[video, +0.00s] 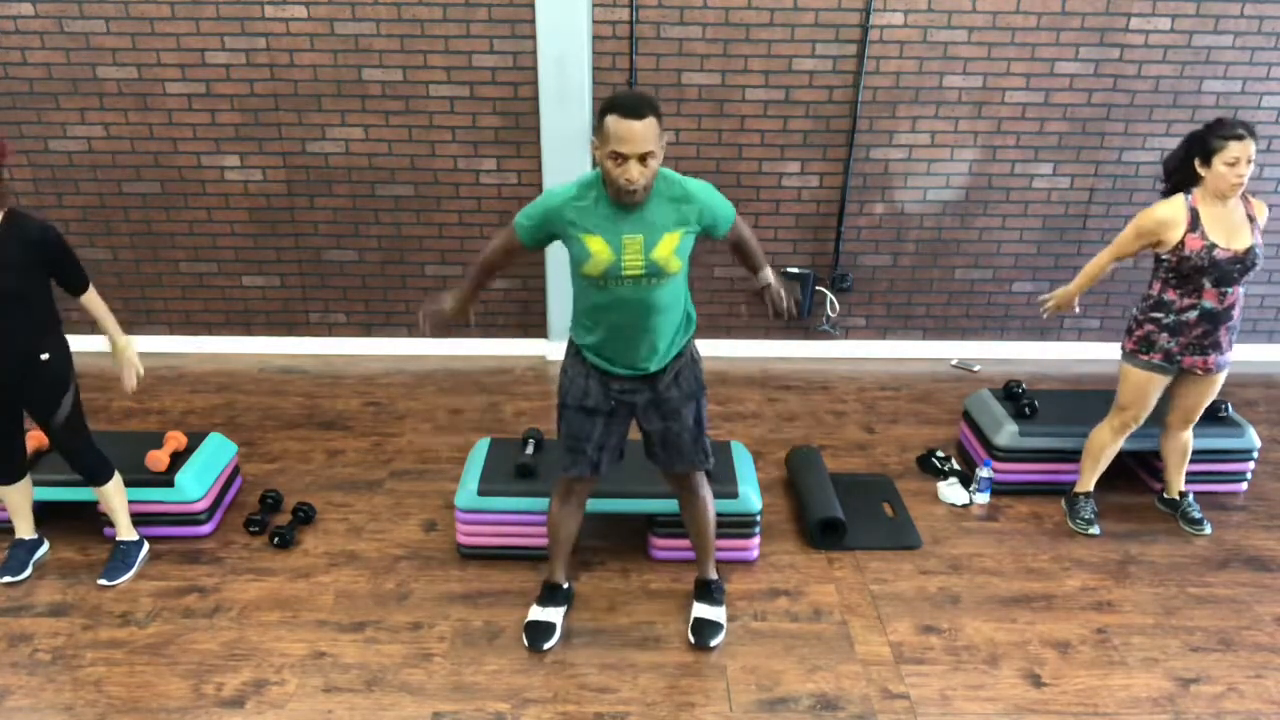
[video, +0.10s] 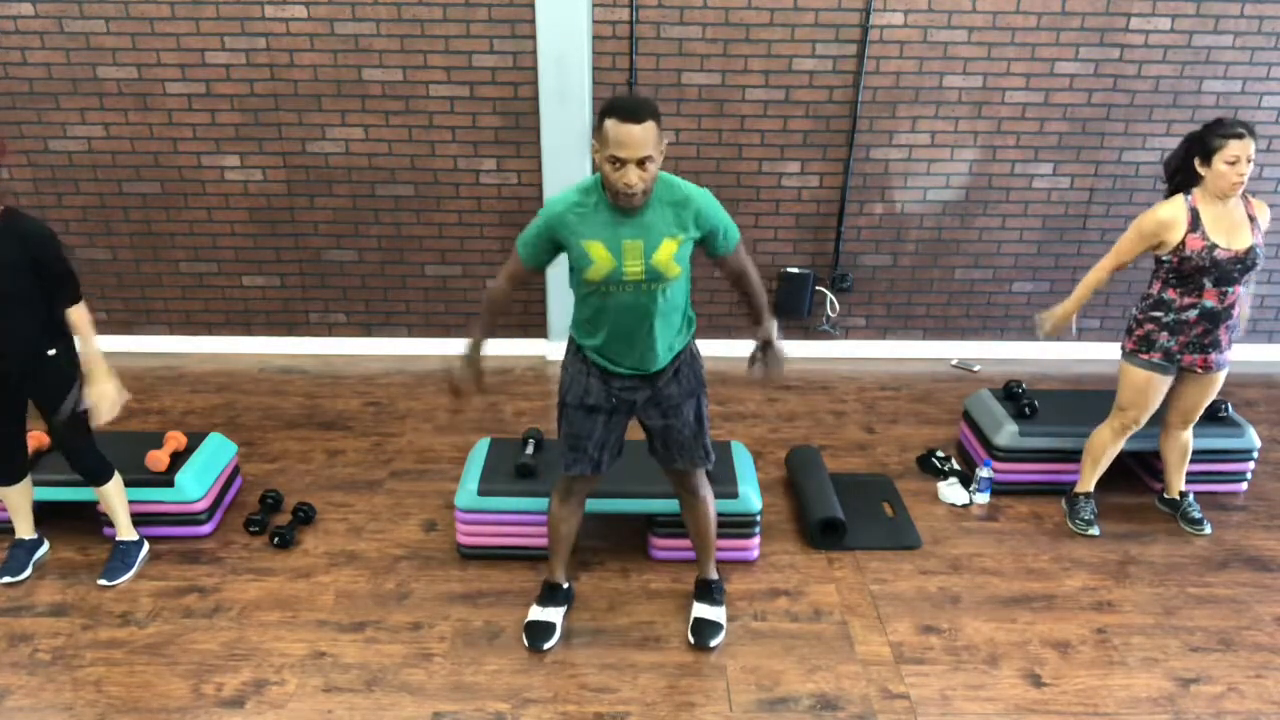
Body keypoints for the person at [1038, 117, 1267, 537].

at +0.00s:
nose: (1244, 173)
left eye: (1249, 163)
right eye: (1233, 164)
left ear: (1253, 164)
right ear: (1203, 166)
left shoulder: (1255, 211)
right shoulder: (1168, 215)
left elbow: (1227, 266)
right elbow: (1109, 257)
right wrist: (1070, 293)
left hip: (1213, 341)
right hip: (1160, 336)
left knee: (1183, 424)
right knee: (1124, 420)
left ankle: (1175, 494)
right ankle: (1081, 493)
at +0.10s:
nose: (1244, 171)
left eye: (1249, 162)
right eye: (1233, 162)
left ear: (1253, 164)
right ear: (1203, 165)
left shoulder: (1256, 213)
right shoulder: (1169, 216)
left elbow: (1232, 274)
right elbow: (1109, 265)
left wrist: (1227, 326)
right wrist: (1067, 309)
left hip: (1213, 340)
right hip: (1160, 335)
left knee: (1182, 424)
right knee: (1125, 421)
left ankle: (1175, 495)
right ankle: (1081, 494)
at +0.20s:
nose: (1243, 170)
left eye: (1248, 161)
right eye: (1233, 161)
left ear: (1253, 164)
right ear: (1203, 164)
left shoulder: (1257, 214)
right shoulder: (1171, 215)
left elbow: (1265, 279)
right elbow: (1117, 273)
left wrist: (1277, 333)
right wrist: (1082, 329)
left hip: (1213, 339)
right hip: (1159, 333)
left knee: (1185, 423)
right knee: (1126, 421)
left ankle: (1175, 494)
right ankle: (1081, 493)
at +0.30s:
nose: (1244, 169)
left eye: (1249, 159)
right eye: (1234, 160)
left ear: (1254, 162)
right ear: (1204, 164)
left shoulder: (1262, 215)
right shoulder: (1173, 212)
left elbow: (1277, 279)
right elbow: (1122, 277)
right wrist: (1125, 345)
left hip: (1207, 336)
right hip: (1153, 333)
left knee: (1186, 422)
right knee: (1124, 421)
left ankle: (1175, 494)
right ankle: (1078, 493)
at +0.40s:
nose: (1246, 173)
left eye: (1251, 164)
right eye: (1235, 164)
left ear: (1257, 169)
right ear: (1205, 170)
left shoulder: (1262, 218)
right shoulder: (1176, 214)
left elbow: (1278, 271)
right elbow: (1128, 279)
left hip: (1201, 326)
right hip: (1145, 319)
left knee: (1186, 419)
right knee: (1118, 417)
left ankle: (1175, 494)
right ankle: (1075, 493)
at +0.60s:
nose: (1246, 221)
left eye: (1251, 211)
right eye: (1235, 211)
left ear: (1256, 215)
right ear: (1204, 216)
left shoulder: (1253, 255)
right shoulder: (1175, 250)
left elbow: (1277, 305)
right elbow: (1154, 319)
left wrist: (1270, 276)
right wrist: (1221, 287)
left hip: (1173, 337)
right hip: (1120, 329)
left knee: (1198, 419)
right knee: (1109, 419)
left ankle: (1173, 492)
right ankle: (1073, 493)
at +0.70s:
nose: (1241, 252)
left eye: (1246, 242)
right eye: (1230, 242)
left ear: (1252, 245)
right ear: (1200, 245)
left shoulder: (1247, 286)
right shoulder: (1169, 274)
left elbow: (1276, 345)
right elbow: (1157, 345)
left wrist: (1270, 307)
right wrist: (1222, 306)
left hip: (1170, 348)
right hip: (1115, 340)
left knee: (1204, 423)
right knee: (1107, 424)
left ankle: (1174, 493)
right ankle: (1073, 494)